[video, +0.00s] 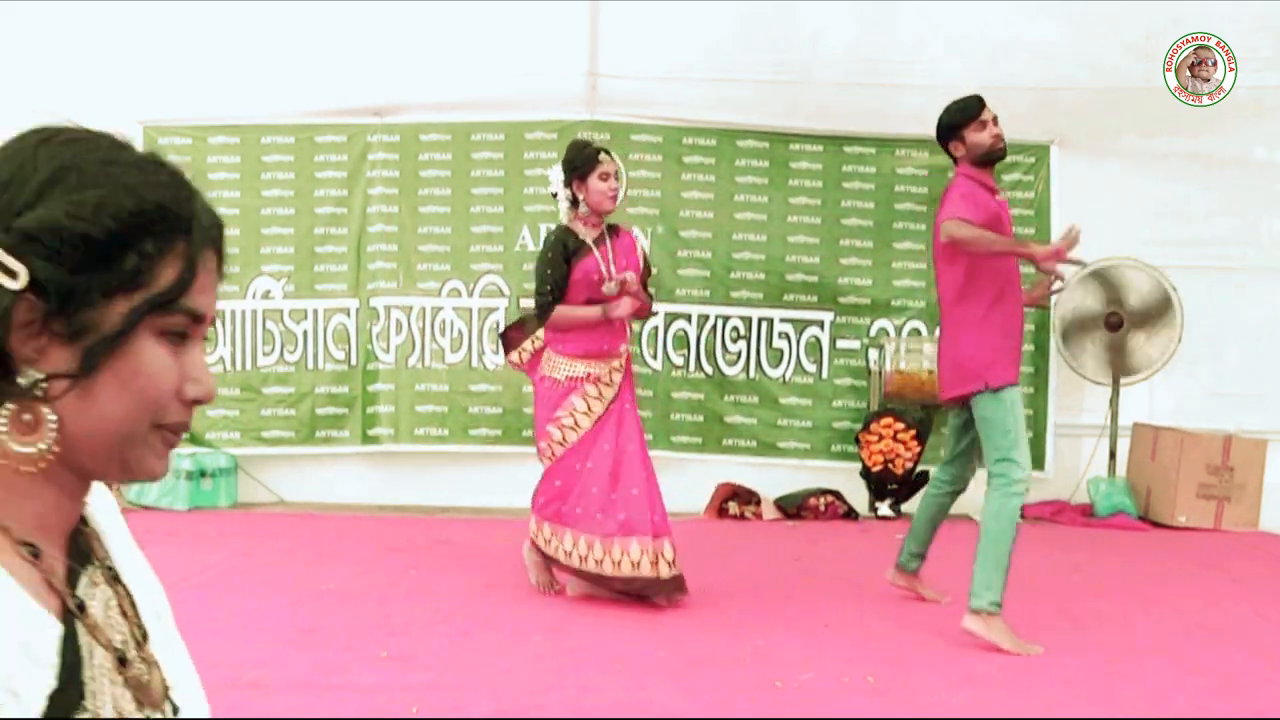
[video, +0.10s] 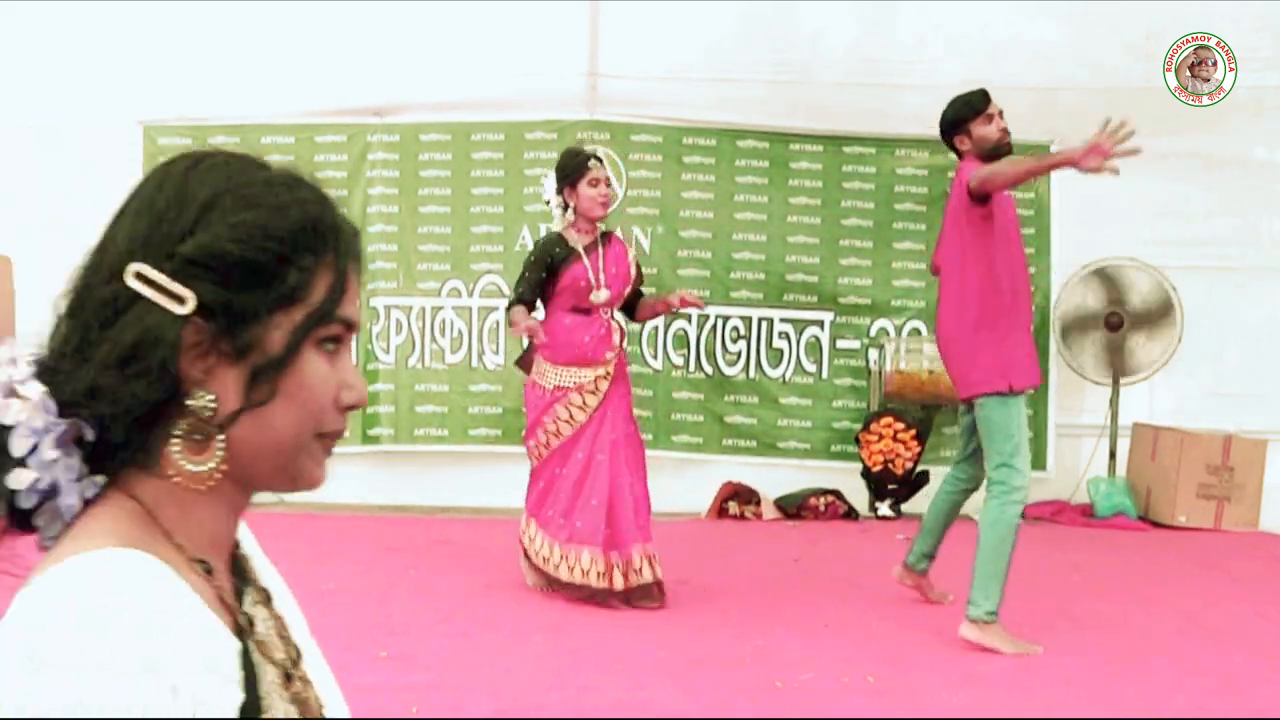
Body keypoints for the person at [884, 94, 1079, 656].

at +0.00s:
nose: (996, 130)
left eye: (995, 121)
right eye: (984, 126)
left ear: (994, 134)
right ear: (958, 144)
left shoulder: (983, 197)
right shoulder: (968, 189)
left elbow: (980, 292)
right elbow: (953, 232)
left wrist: (1032, 295)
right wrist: (1033, 250)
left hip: (977, 355)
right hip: (984, 358)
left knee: (952, 474)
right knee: (1011, 475)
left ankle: (906, 567)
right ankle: (985, 610)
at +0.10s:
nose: (1003, 123)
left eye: (1000, 115)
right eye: (991, 119)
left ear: (976, 135)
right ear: (964, 137)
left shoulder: (972, 186)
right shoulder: (973, 174)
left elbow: (942, 264)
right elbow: (988, 178)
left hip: (981, 352)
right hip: (992, 353)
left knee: (969, 465)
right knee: (1009, 482)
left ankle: (915, 565)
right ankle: (982, 618)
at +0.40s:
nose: (1000, 130)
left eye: (999, 122)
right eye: (987, 125)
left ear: (989, 134)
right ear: (958, 141)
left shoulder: (970, 192)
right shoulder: (963, 184)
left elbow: (937, 292)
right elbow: (989, 234)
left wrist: (1012, 320)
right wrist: (1057, 184)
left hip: (982, 363)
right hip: (976, 363)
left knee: (989, 481)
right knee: (1001, 488)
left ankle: (927, 571)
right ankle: (961, 621)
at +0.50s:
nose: (978, 147)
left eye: (986, 138)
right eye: (965, 142)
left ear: (1000, 153)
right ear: (951, 159)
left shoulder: (1004, 228)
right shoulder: (941, 213)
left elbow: (1000, 314)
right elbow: (921, 291)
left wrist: (1025, 309)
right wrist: (997, 279)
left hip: (991, 375)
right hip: (952, 372)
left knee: (995, 497)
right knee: (974, 488)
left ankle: (929, 571)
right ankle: (959, 622)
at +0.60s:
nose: (967, 137)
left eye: (977, 129)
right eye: (958, 130)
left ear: (998, 139)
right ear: (948, 141)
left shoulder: (1023, 203)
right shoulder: (927, 194)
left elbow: (1058, 275)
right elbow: (893, 260)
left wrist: (1017, 244)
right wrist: (941, 232)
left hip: (985, 359)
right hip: (927, 352)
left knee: (969, 482)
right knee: (936, 470)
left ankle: (928, 569)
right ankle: (944, 592)